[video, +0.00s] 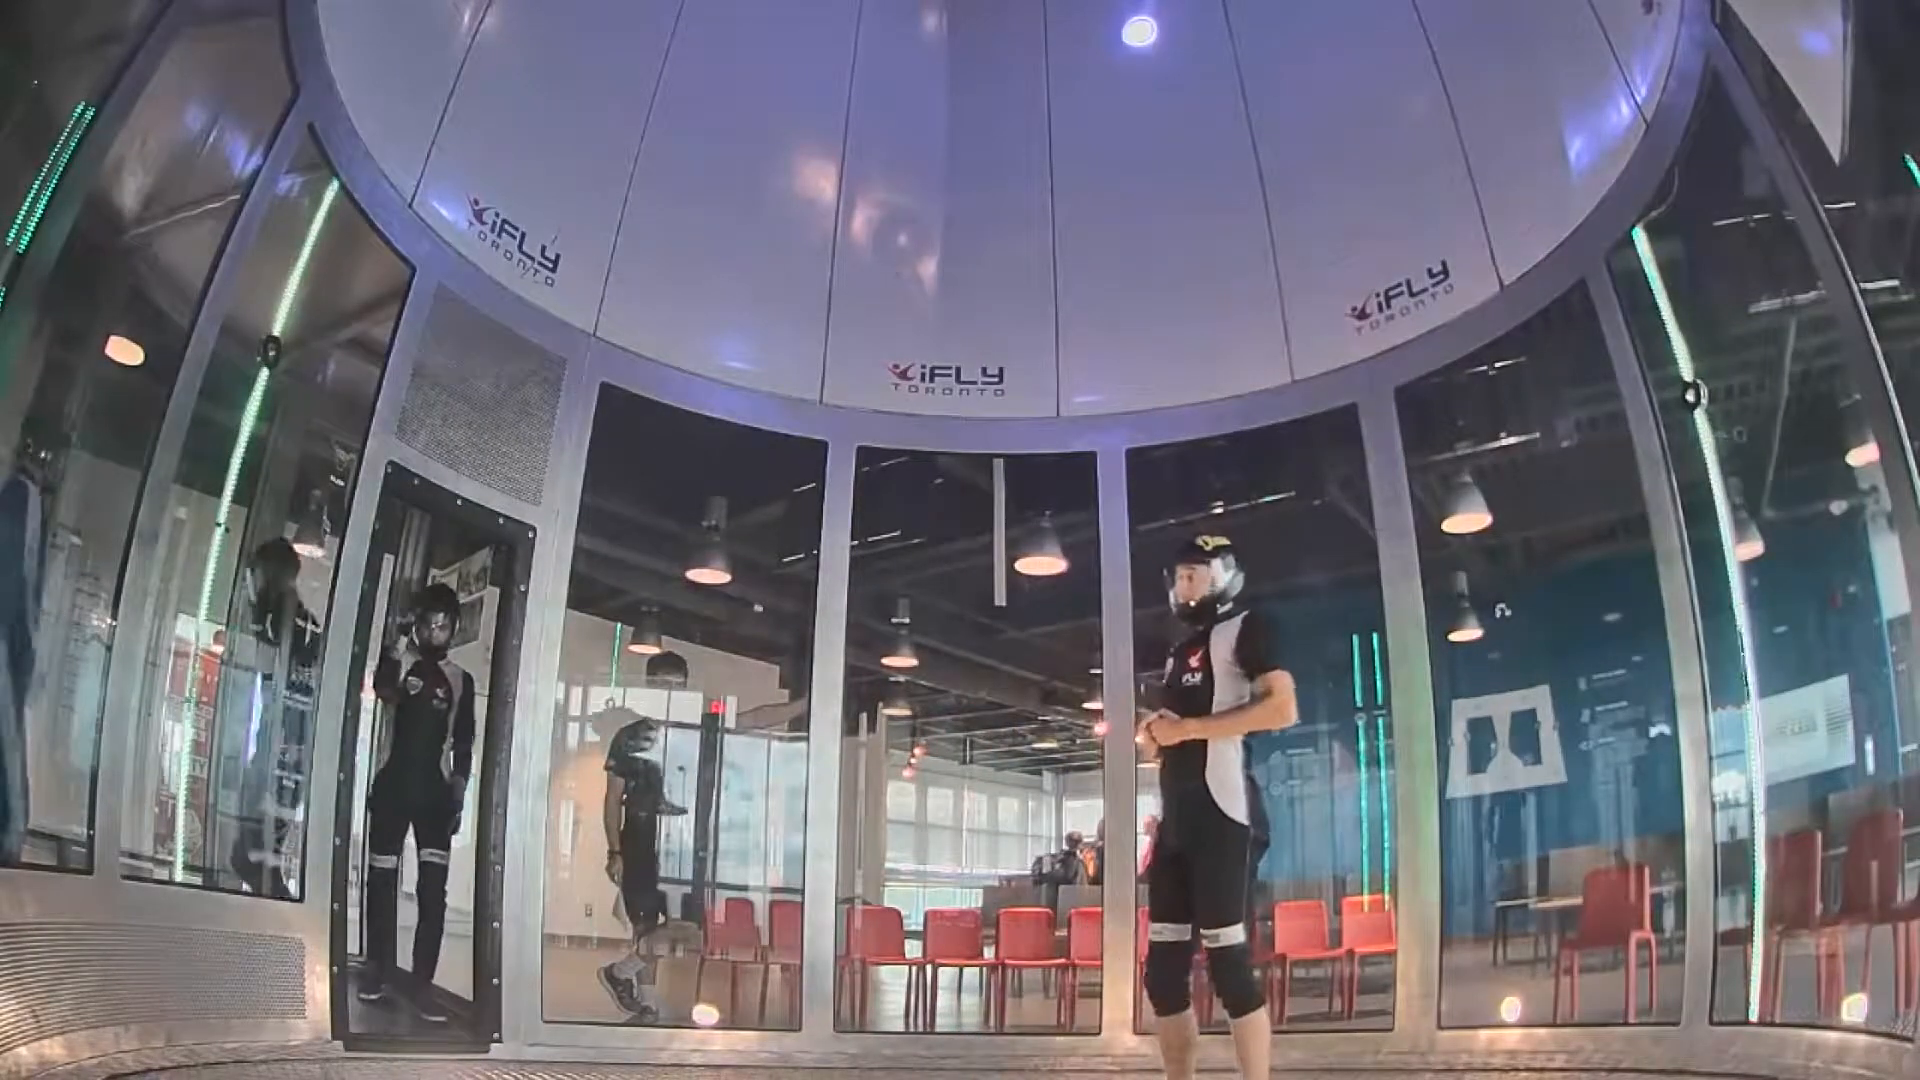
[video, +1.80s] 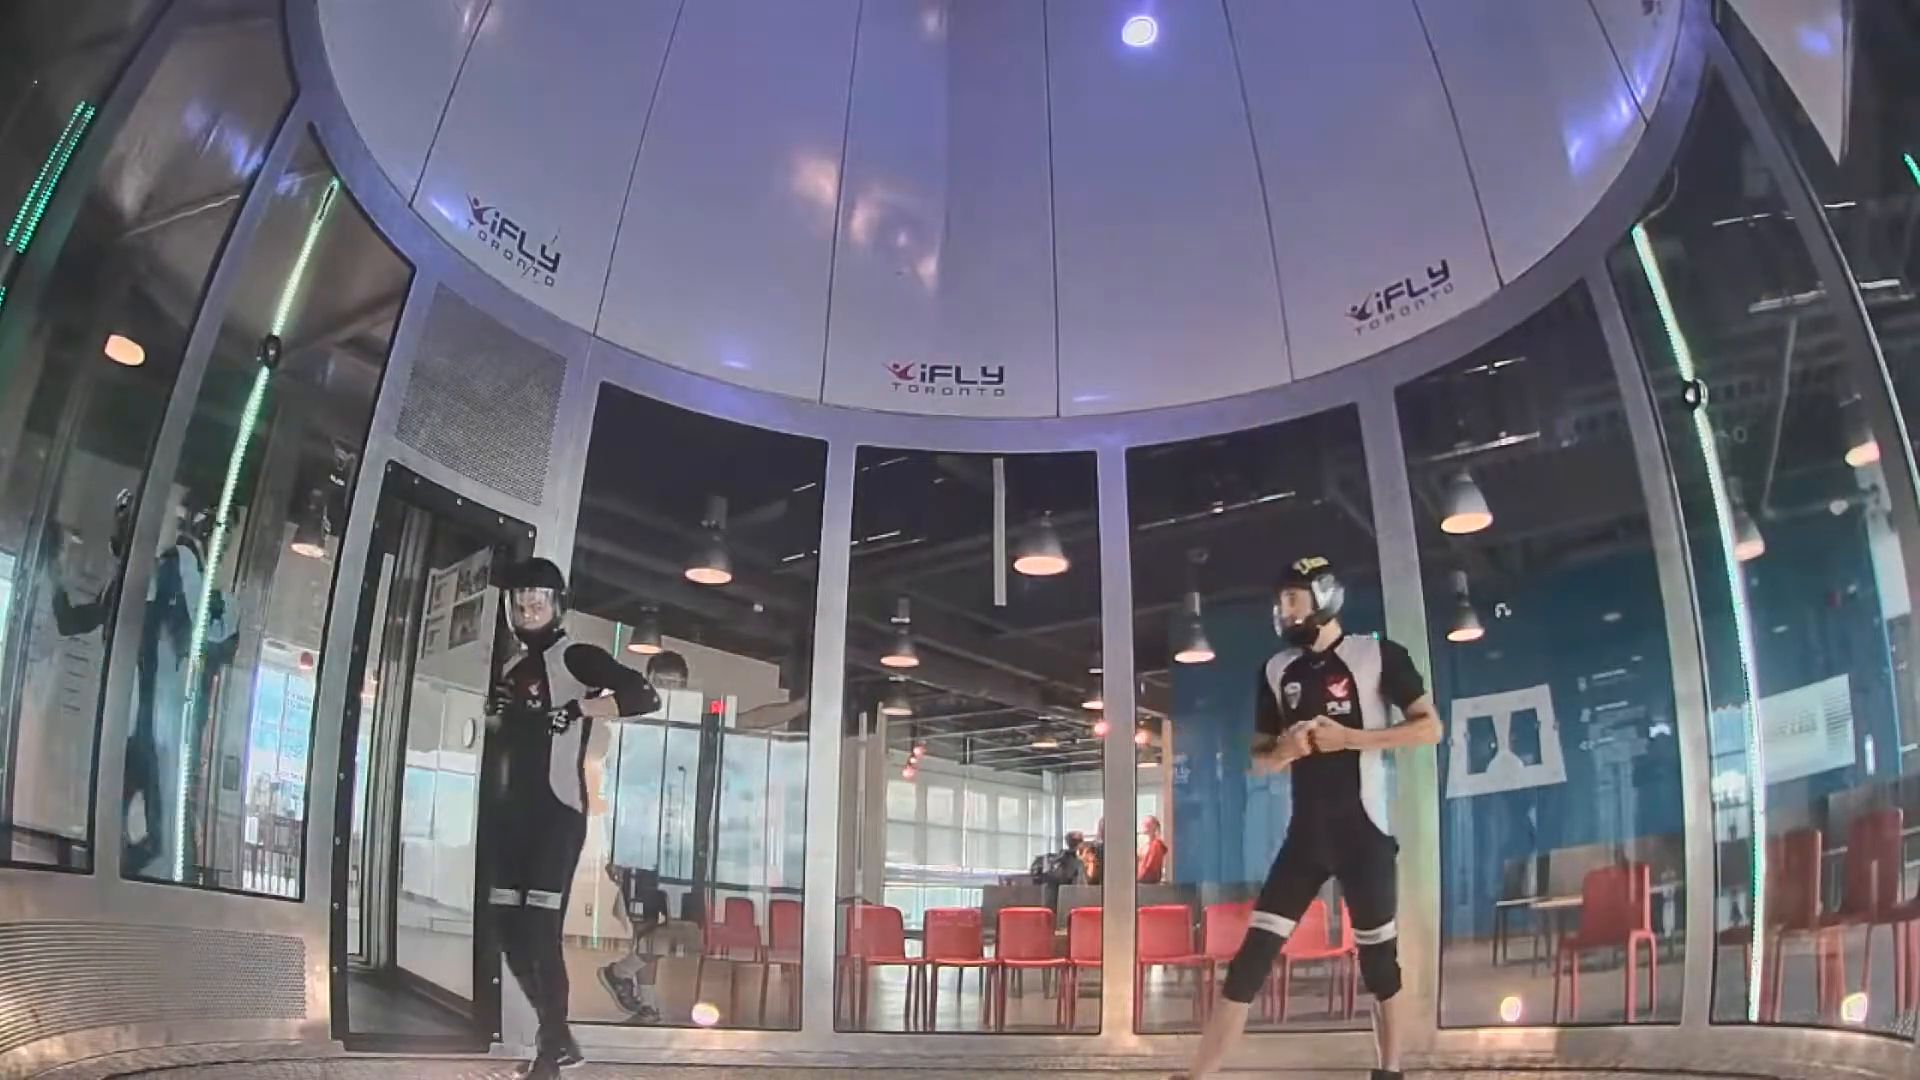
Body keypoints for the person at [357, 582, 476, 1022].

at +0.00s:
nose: (438, 632)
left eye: (445, 624)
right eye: (431, 623)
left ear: (455, 628)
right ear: (418, 625)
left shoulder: (462, 680)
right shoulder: (401, 666)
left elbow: (464, 738)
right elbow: (386, 690)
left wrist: (459, 784)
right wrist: (398, 647)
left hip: (436, 790)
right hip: (393, 784)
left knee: (433, 891)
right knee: (382, 883)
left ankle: (422, 984)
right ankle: (379, 971)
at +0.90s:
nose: (443, 587)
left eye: (452, 580)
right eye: (435, 577)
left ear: (464, 587)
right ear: (421, 581)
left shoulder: (475, 645)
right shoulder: (389, 633)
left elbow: (490, 717)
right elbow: (355, 702)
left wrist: (459, 703)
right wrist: (391, 673)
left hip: (439, 776)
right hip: (387, 771)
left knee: (445, 891)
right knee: (381, 883)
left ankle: (419, 994)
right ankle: (387, 1000)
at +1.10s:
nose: (449, 581)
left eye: (458, 573)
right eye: (442, 572)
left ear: (473, 578)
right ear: (430, 576)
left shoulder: (492, 631)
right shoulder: (406, 623)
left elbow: (547, 684)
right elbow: (358, 692)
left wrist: (497, 665)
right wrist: (389, 642)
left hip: (453, 773)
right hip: (398, 768)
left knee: (449, 901)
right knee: (387, 893)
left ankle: (456, 1016)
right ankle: (386, 1010)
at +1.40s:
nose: (473, 591)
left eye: (484, 583)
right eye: (466, 581)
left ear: (502, 588)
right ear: (456, 584)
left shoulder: (523, 634)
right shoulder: (438, 640)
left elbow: (596, 661)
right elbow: (403, 706)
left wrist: (536, 658)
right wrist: (394, 688)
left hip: (500, 791)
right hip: (447, 787)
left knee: (501, 918)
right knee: (407, 905)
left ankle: (528, 1041)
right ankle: (400, 1011)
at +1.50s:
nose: (494, 611)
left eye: (505, 603)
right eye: (487, 602)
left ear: (523, 607)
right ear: (476, 607)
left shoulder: (545, 656)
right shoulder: (470, 669)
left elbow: (613, 681)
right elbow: (432, 730)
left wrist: (562, 680)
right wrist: (436, 699)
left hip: (530, 815)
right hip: (481, 808)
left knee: (517, 936)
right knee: (431, 913)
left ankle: (541, 1056)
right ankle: (453, 1022)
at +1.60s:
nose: (504, 612)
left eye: (515, 603)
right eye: (495, 602)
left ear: (533, 610)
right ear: (485, 608)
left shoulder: (552, 663)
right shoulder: (479, 673)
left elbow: (621, 693)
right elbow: (456, 738)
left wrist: (560, 696)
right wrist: (453, 716)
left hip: (539, 822)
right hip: (490, 818)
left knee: (524, 936)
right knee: (454, 923)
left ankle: (543, 1058)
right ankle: (487, 1033)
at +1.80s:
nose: (530, 607)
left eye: (540, 599)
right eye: (522, 598)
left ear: (556, 604)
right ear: (511, 603)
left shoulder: (576, 657)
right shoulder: (499, 662)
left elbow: (644, 695)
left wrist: (599, 705)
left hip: (556, 809)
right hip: (504, 807)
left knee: (540, 928)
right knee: (506, 925)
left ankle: (548, 1049)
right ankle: (558, 1035)